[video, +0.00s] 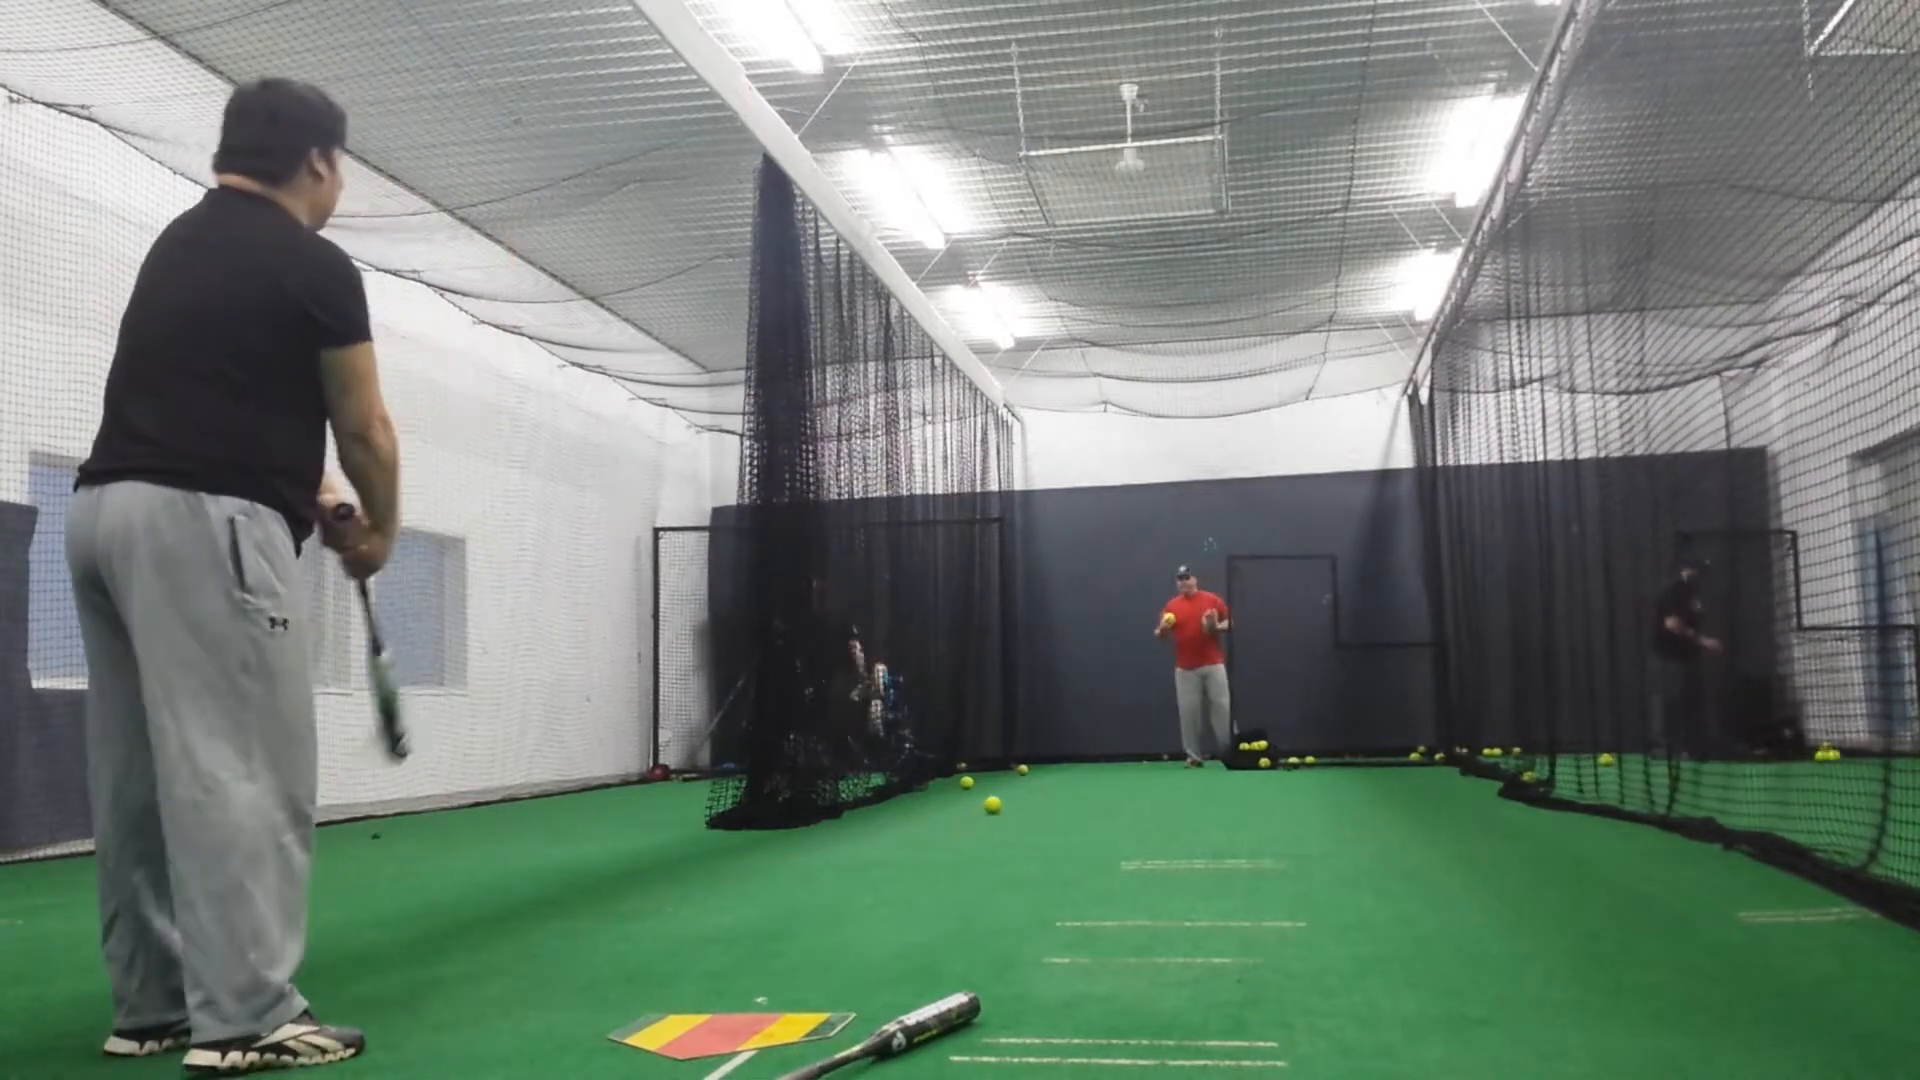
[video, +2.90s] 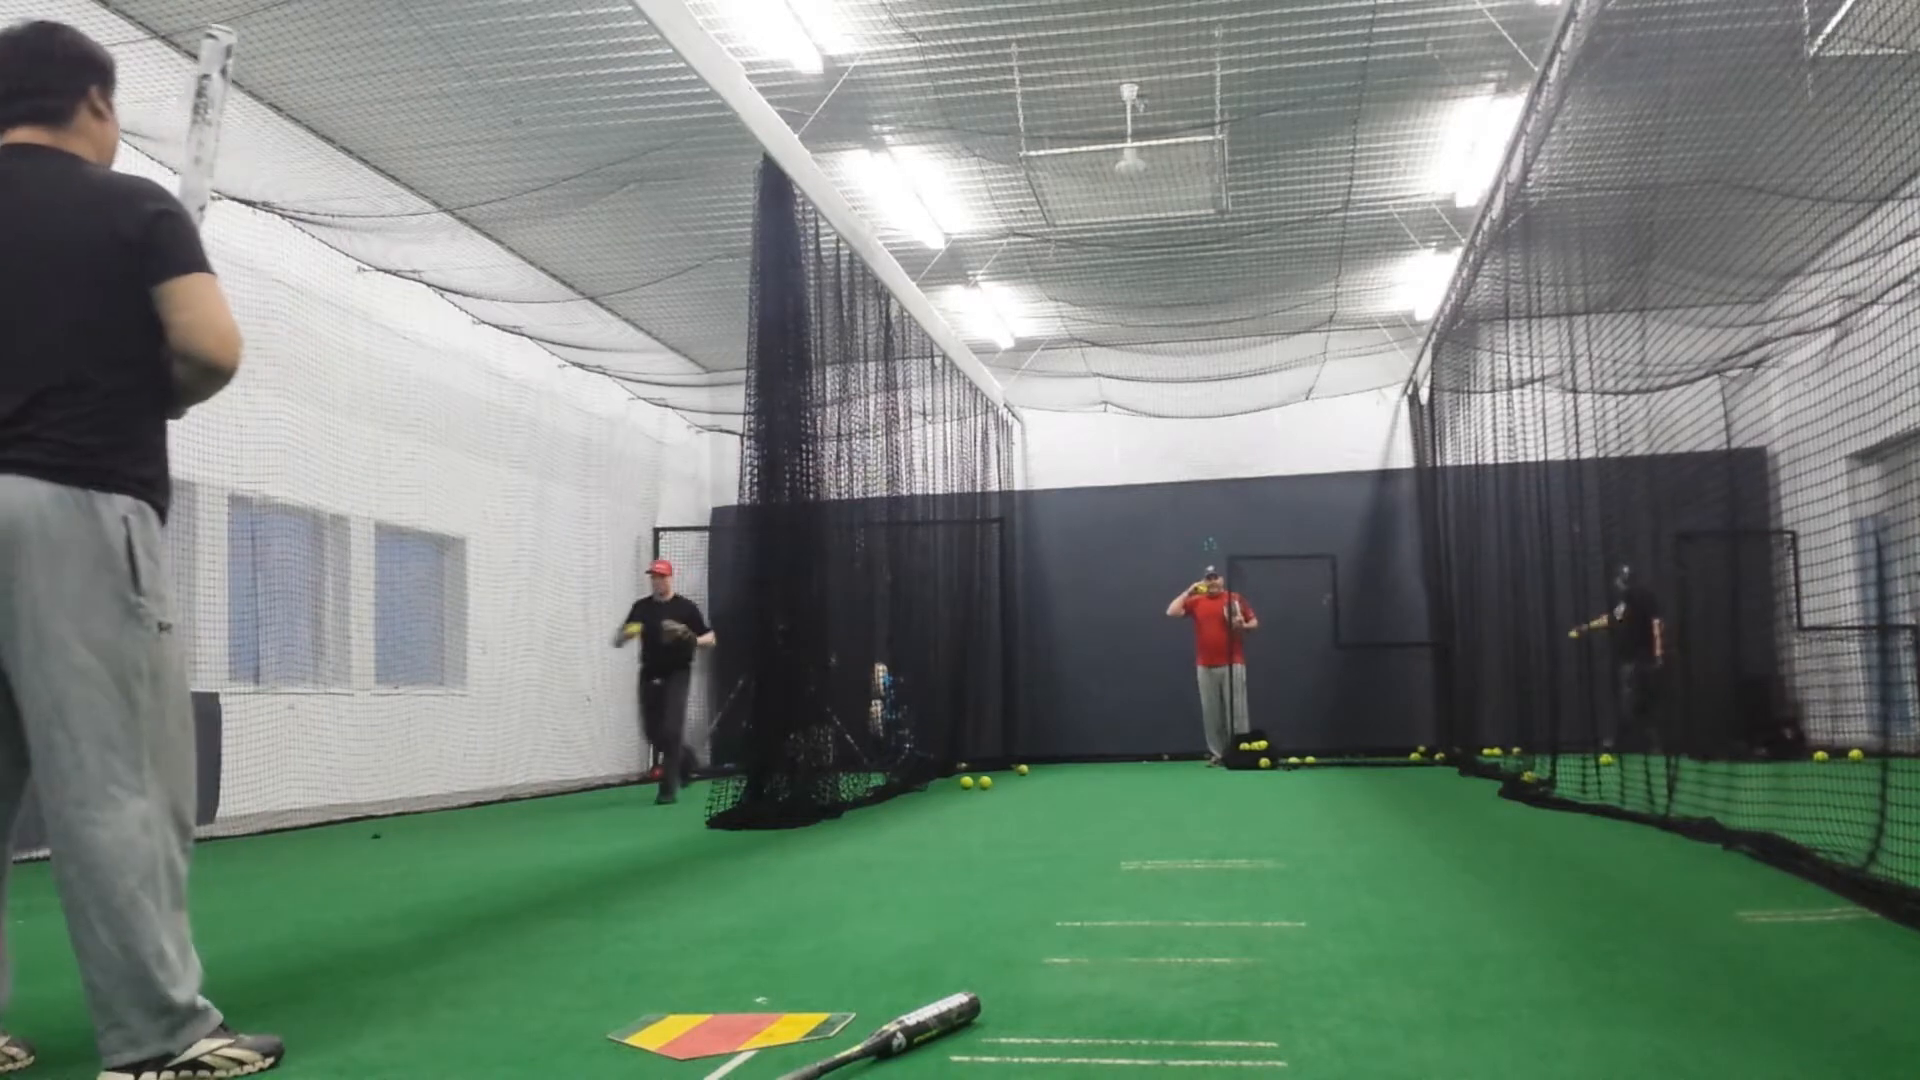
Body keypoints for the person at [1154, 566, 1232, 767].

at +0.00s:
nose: (1184, 582)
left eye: (1187, 578)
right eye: (1180, 579)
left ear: (1195, 580)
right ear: (1176, 583)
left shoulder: (1211, 600)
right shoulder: (1171, 606)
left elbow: (1228, 621)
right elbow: (1159, 635)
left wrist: (1216, 626)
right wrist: (1164, 627)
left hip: (1212, 662)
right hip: (1186, 666)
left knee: (1221, 707)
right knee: (1188, 710)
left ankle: (1227, 752)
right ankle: (1193, 755)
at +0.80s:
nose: (1213, 580)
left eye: (1216, 576)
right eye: (1209, 577)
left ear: (1222, 580)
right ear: (1204, 581)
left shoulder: (1235, 602)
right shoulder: (1197, 603)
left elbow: (1251, 626)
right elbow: (1184, 630)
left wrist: (1243, 626)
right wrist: (1188, 631)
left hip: (1230, 665)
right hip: (1203, 665)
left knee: (1234, 710)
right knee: (1200, 710)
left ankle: (1238, 753)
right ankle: (1196, 754)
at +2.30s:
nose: (1211, 581)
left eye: (1214, 576)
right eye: (1207, 577)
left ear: (1221, 578)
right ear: (1202, 581)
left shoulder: (1236, 600)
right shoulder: (1198, 604)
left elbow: (1256, 621)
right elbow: (1176, 626)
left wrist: (1242, 624)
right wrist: (1187, 603)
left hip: (1234, 662)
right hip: (1208, 663)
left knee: (1238, 707)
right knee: (1212, 709)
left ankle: (1241, 750)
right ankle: (1216, 752)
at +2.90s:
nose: (1212, 581)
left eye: (1215, 577)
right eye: (1209, 579)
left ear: (1222, 580)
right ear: (1204, 582)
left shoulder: (1233, 599)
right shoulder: (1196, 601)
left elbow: (1254, 622)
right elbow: (1171, 611)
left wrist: (1242, 624)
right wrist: (1189, 591)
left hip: (1232, 661)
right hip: (1206, 663)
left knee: (1237, 707)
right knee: (1210, 710)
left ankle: (1241, 750)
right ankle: (1216, 752)